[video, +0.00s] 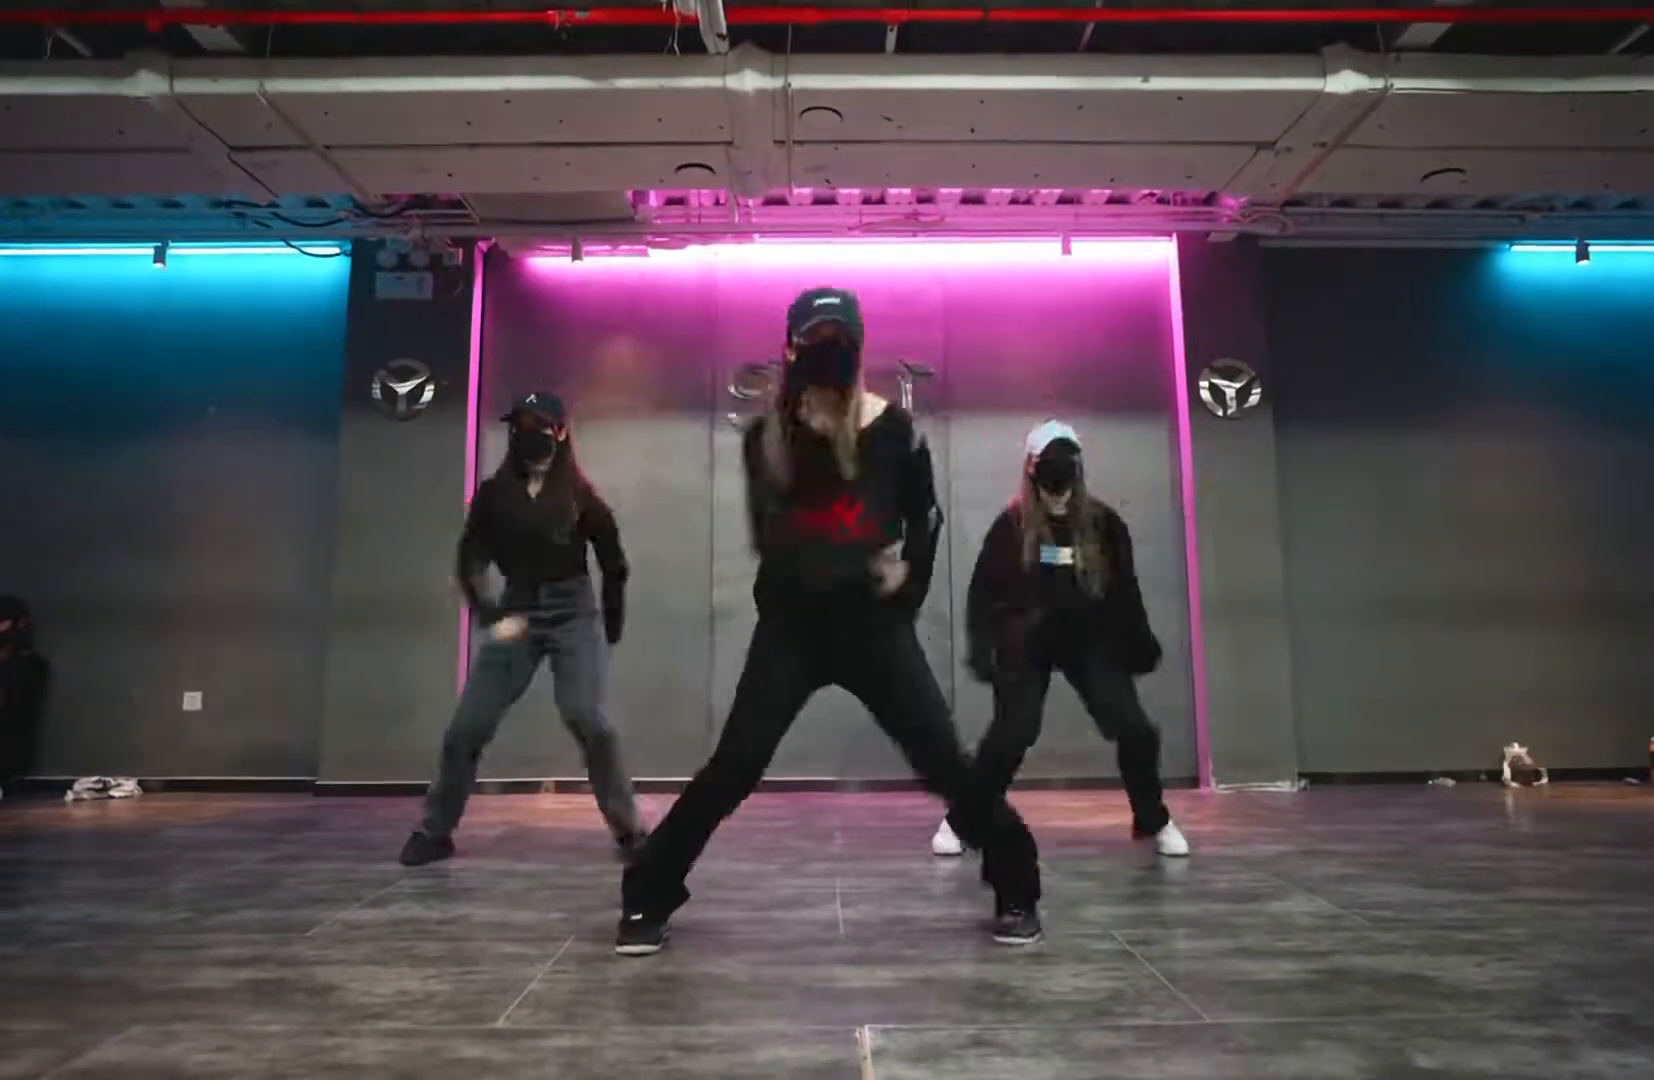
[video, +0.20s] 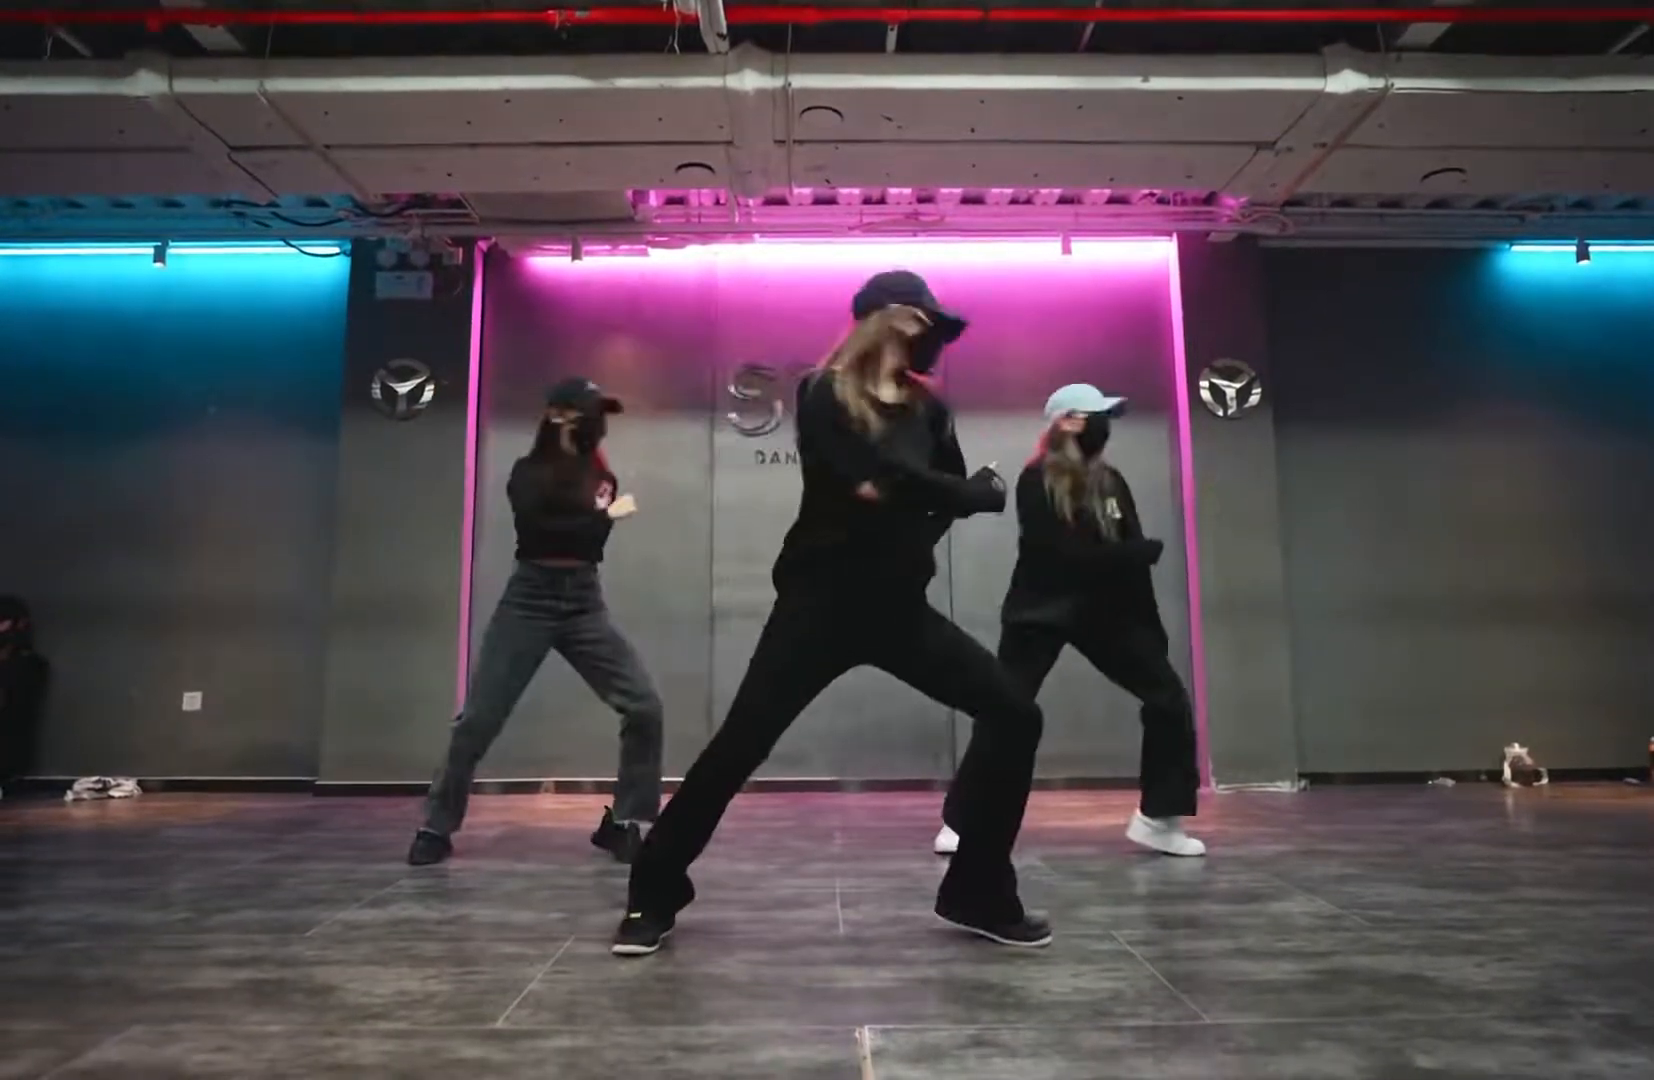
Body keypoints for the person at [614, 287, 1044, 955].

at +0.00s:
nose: (825, 365)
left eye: (837, 352)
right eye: (813, 352)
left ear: (855, 355)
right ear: (793, 356)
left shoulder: (888, 428)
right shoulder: (769, 438)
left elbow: (922, 513)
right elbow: (772, 544)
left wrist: (910, 572)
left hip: (875, 626)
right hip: (791, 629)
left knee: (945, 766)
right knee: (734, 769)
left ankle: (1017, 890)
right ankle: (646, 900)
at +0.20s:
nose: (925, 334)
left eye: (929, 326)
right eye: (915, 319)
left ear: (917, 332)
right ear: (877, 318)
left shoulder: (930, 410)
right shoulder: (825, 391)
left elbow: (959, 500)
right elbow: (867, 472)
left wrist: (888, 490)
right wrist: (968, 491)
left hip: (900, 612)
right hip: (817, 609)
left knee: (1014, 714)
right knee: (738, 747)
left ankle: (978, 889)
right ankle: (651, 898)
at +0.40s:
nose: (943, 348)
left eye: (945, 339)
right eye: (937, 336)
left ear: (912, 329)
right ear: (907, 327)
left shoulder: (938, 410)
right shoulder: (832, 390)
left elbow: (968, 500)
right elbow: (884, 480)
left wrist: (897, 488)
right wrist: (972, 493)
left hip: (902, 615)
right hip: (820, 611)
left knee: (1019, 713)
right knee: (738, 750)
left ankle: (981, 888)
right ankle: (649, 900)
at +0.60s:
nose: (898, 336)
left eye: (908, 323)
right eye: (882, 324)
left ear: (922, 329)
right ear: (855, 330)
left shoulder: (934, 415)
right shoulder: (824, 394)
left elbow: (978, 496)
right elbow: (831, 478)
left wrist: (883, 489)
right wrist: (946, 493)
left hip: (897, 617)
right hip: (814, 614)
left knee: (1016, 718)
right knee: (732, 752)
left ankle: (981, 892)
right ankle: (647, 905)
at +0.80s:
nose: (871, 328)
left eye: (883, 315)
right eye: (857, 316)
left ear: (902, 323)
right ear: (836, 326)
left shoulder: (919, 418)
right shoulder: (806, 406)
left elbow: (943, 523)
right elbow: (788, 505)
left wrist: (989, 608)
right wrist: (824, 508)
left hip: (898, 621)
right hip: (810, 620)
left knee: (1015, 723)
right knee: (728, 752)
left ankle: (981, 896)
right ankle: (646, 909)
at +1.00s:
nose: (856, 319)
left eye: (868, 307)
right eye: (841, 308)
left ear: (888, 318)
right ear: (818, 320)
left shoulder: (932, 402)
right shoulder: (771, 393)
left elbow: (1021, 394)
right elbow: (693, 414)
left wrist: (1036, 402)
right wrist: (665, 486)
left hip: (898, 620)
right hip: (801, 622)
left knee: (989, 730)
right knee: (735, 752)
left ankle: (1008, 886)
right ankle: (646, 891)